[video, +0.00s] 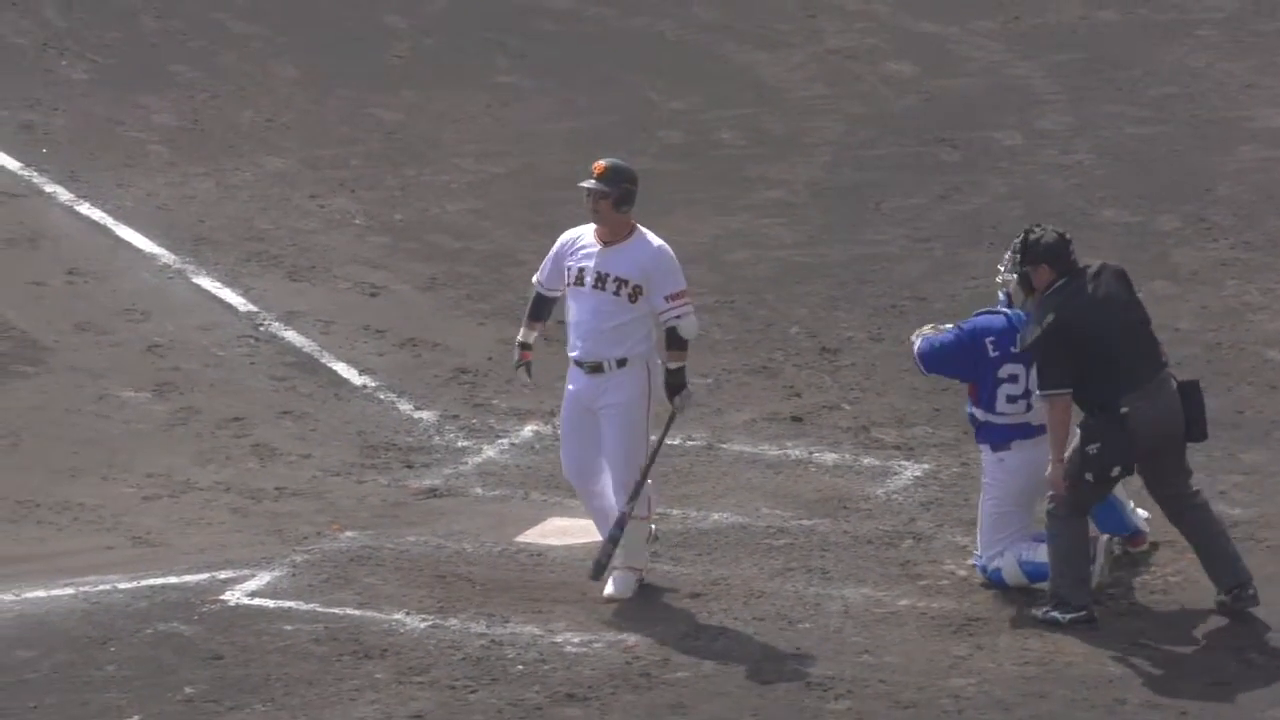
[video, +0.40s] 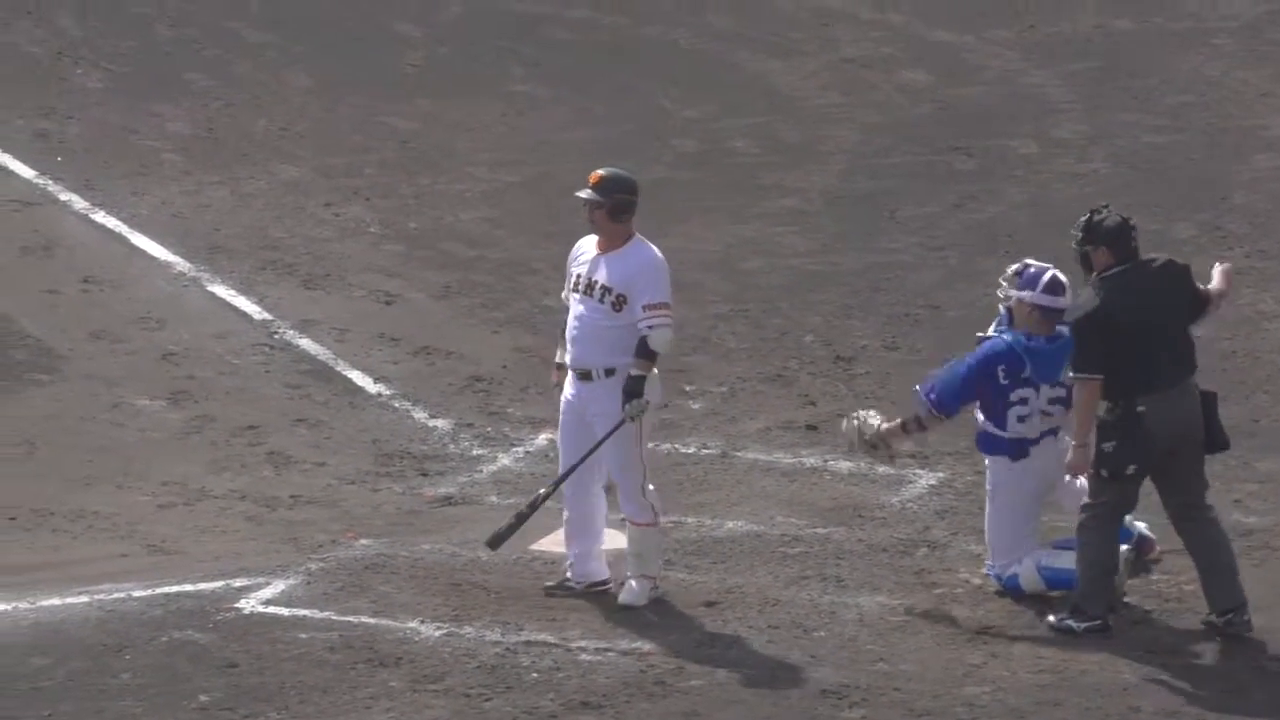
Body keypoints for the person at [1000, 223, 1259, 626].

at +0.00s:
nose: (1026, 277)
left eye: (1028, 269)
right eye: (1025, 269)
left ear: (1044, 270)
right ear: (1065, 261)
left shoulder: (1052, 321)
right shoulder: (1111, 277)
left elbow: (1059, 402)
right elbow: (1144, 342)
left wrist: (1057, 461)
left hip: (1119, 419)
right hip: (1165, 397)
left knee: (1066, 502)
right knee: (1179, 493)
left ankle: (1071, 603)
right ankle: (1238, 586)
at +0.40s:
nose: (1086, 260)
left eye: (1087, 251)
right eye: (1086, 251)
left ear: (1100, 253)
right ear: (1131, 244)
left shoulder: (1094, 308)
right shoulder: (1169, 273)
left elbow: (1088, 384)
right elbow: (1201, 303)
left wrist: (1079, 444)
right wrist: (1220, 285)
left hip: (1131, 418)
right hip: (1184, 407)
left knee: (1100, 513)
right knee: (1192, 508)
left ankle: (1090, 610)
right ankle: (1231, 609)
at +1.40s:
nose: (1209, 220)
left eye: (1215, 213)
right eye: (1210, 212)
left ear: (1234, 218)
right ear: (1254, 215)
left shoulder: (1227, 266)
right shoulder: (1272, 248)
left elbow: (1227, 346)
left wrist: (1216, 411)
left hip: (1240, 396)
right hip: (1272, 393)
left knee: (1192, 482)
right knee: (1256, 480)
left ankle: (1219, 582)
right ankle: (1257, 583)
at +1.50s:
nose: (1214, 219)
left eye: (1217, 212)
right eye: (1216, 212)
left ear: (1232, 217)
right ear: (1258, 213)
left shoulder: (1228, 263)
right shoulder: (1273, 246)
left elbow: (1229, 341)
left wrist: (1217, 408)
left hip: (1243, 390)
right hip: (1271, 385)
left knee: (1216, 484)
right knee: (1259, 478)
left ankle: (1245, 586)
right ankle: (1260, 576)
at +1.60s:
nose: (1207, 219)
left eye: (1211, 211)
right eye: (1208, 211)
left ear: (1229, 216)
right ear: (1253, 213)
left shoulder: (1223, 260)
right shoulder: (1272, 244)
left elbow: (1223, 340)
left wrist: (1209, 405)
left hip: (1244, 384)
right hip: (1269, 381)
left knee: (1225, 484)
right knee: (1259, 477)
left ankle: (1244, 585)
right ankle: (1260, 572)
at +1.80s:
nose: (1185, 218)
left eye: (1190, 211)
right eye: (1186, 210)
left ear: (1209, 215)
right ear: (1233, 211)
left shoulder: (1207, 263)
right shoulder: (1268, 241)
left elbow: (1213, 339)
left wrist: (1198, 402)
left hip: (1240, 382)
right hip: (1272, 376)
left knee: (1222, 476)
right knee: (1233, 471)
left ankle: (1231, 583)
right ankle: (1236, 574)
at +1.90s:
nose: (1178, 218)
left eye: (1184, 210)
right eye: (1179, 209)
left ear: (1203, 214)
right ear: (1225, 210)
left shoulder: (1204, 261)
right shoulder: (1264, 238)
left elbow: (1216, 338)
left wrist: (1197, 400)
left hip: (1231, 384)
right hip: (1263, 377)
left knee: (1220, 481)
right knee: (1227, 476)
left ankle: (1227, 582)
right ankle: (1232, 576)